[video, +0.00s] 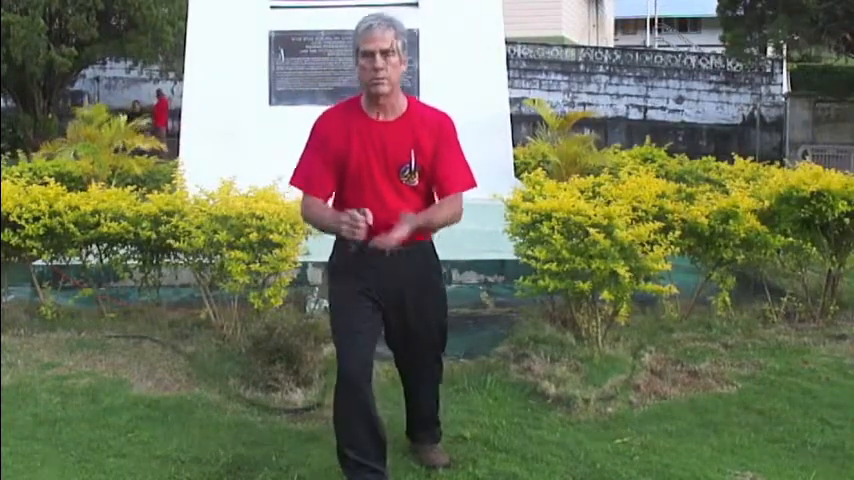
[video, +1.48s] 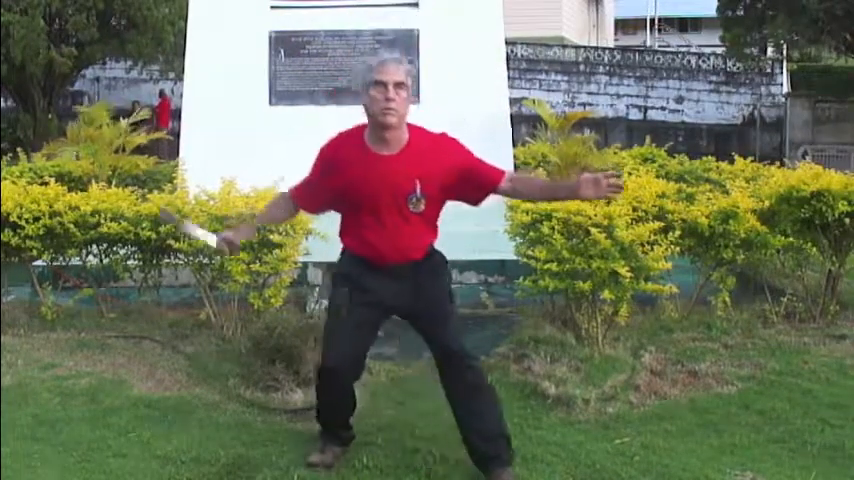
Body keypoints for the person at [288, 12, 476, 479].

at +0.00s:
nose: (377, 65)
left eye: (387, 55)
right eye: (367, 56)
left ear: (403, 62)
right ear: (355, 63)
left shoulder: (434, 124)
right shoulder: (332, 124)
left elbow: (454, 206)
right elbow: (310, 205)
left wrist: (414, 221)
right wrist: (339, 222)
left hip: (415, 263)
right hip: (353, 264)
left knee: (424, 361)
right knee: (352, 373)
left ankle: (426, 438)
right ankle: (365, 471)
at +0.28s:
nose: (402, 60)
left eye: (413, 51)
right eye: (392, 51)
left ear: (428, 57)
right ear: (380, 57)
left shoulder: (453, 117)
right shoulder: (354, 115)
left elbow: (496, 172)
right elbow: (306, 176)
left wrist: (484, 125)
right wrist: (319, 156)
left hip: (431, 256)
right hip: (370, 257)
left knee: (442, 356)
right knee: (364, 372)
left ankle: (427, 440)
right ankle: (363, 472)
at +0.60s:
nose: (408, 44)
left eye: (417, 36)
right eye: (399, 36)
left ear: (431, 44)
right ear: (386, 44)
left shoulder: (458, 103)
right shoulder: (361, 99)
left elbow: (503, 155)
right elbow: (304, 141)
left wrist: (496, 92)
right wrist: (322, 104)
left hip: (433, 237)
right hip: (374, 235)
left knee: (431, 344)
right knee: (356, 333)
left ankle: (426, 438)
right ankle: (340, 441)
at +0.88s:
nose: (394, 43)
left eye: (403, 35)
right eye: (385, 36)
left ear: (419, 45)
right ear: (373, 46)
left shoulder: (438, 104)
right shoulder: (349, 100)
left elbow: (480, 176)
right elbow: (292, 150)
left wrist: (465, 122)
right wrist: (306, 122)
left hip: (420, 236)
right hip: (362, 235)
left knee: (428, 343)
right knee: (345, 338)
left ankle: (426, 437)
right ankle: (334, 433)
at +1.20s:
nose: (365, 61)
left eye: (375, 52)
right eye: (357, 52)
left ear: (393, 62)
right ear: (347, 61)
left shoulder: (421, 119)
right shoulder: (328, 115)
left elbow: (467, 161)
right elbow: (289, 156)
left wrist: (490, 170)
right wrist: (235, 174)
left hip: (405, 247)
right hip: (344, 247)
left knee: (428, 340)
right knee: (333, 343)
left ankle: (434, 435)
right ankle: (333, 435)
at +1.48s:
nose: (390, 96)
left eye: (399, 88)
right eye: (380, 87)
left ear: (411, 98)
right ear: (364, 97)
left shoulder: (440, 153)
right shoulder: (339, 154)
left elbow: (511, 183)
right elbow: (294, 201)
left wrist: (575, 187)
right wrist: (245, 228)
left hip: (422, 272)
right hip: (359, 273)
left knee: (455, 356)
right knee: (335, 366)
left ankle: (497, 465)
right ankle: (334, 438)